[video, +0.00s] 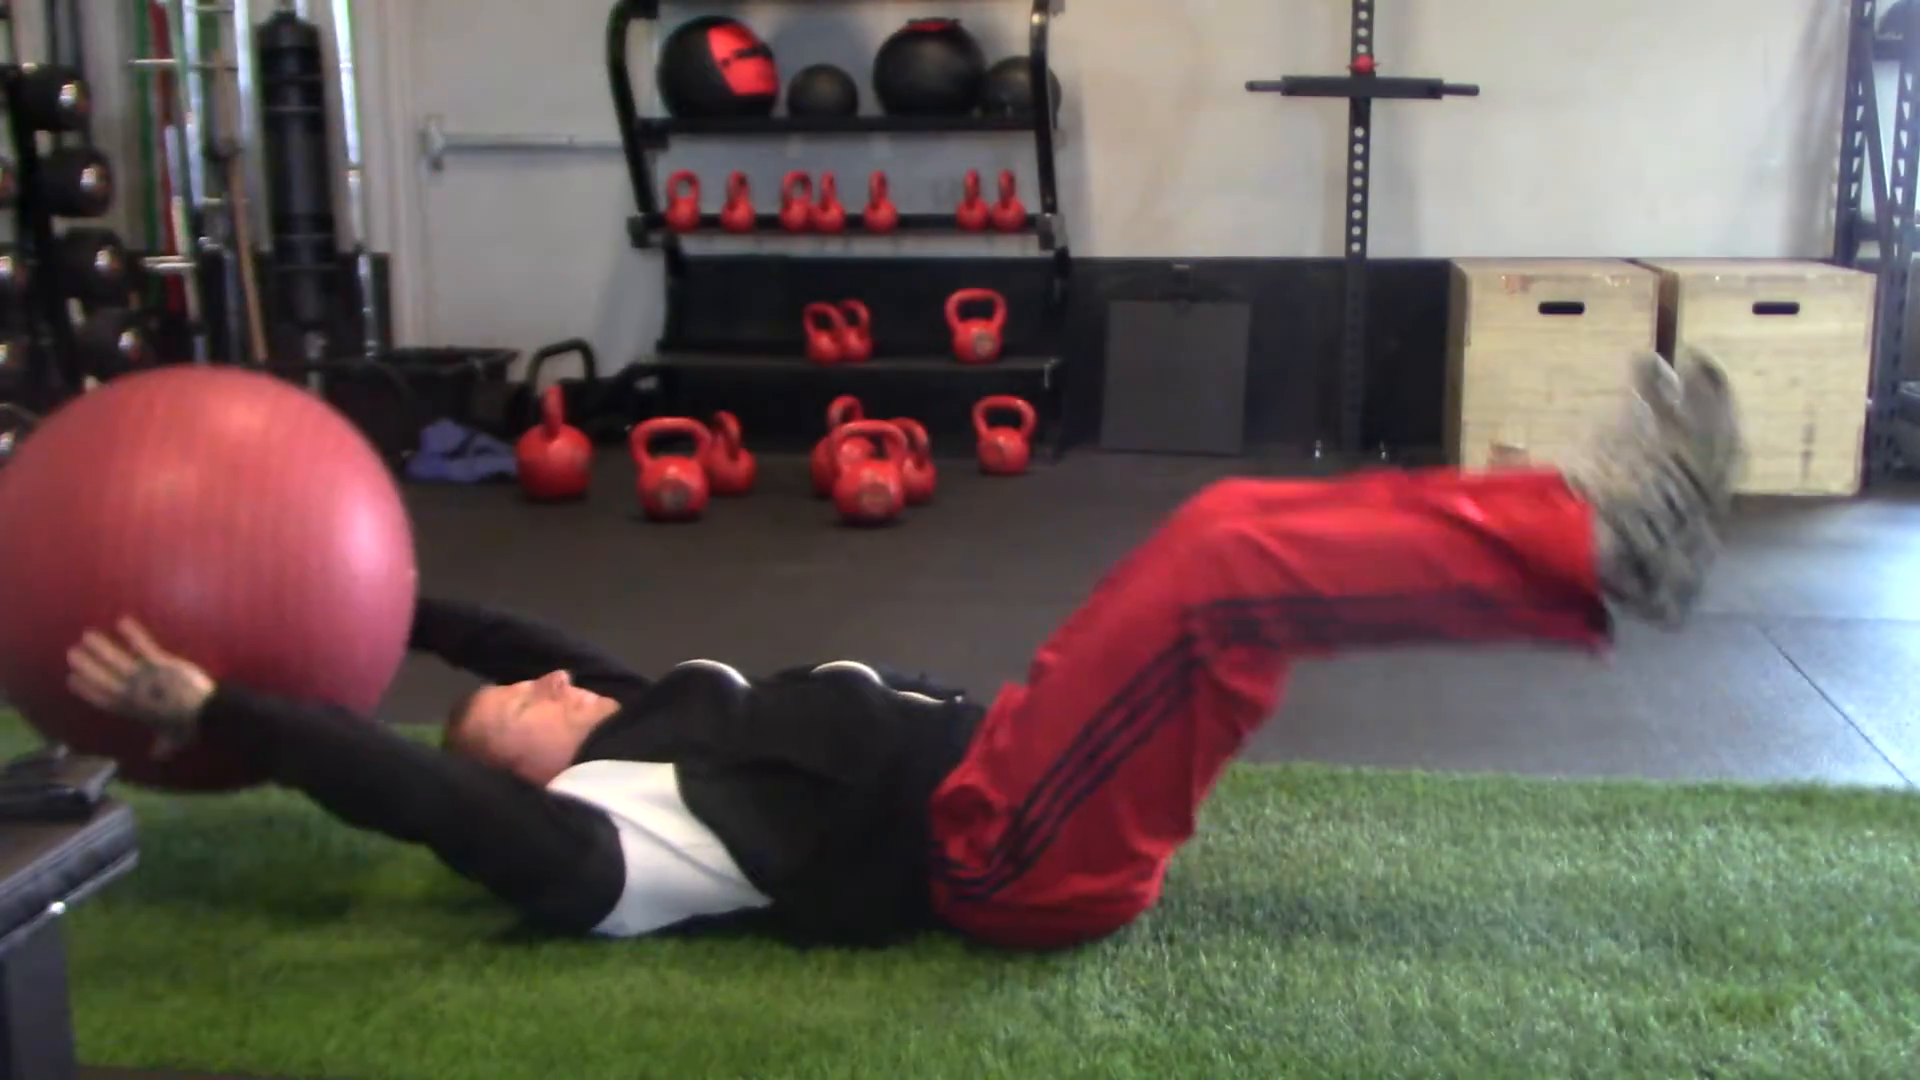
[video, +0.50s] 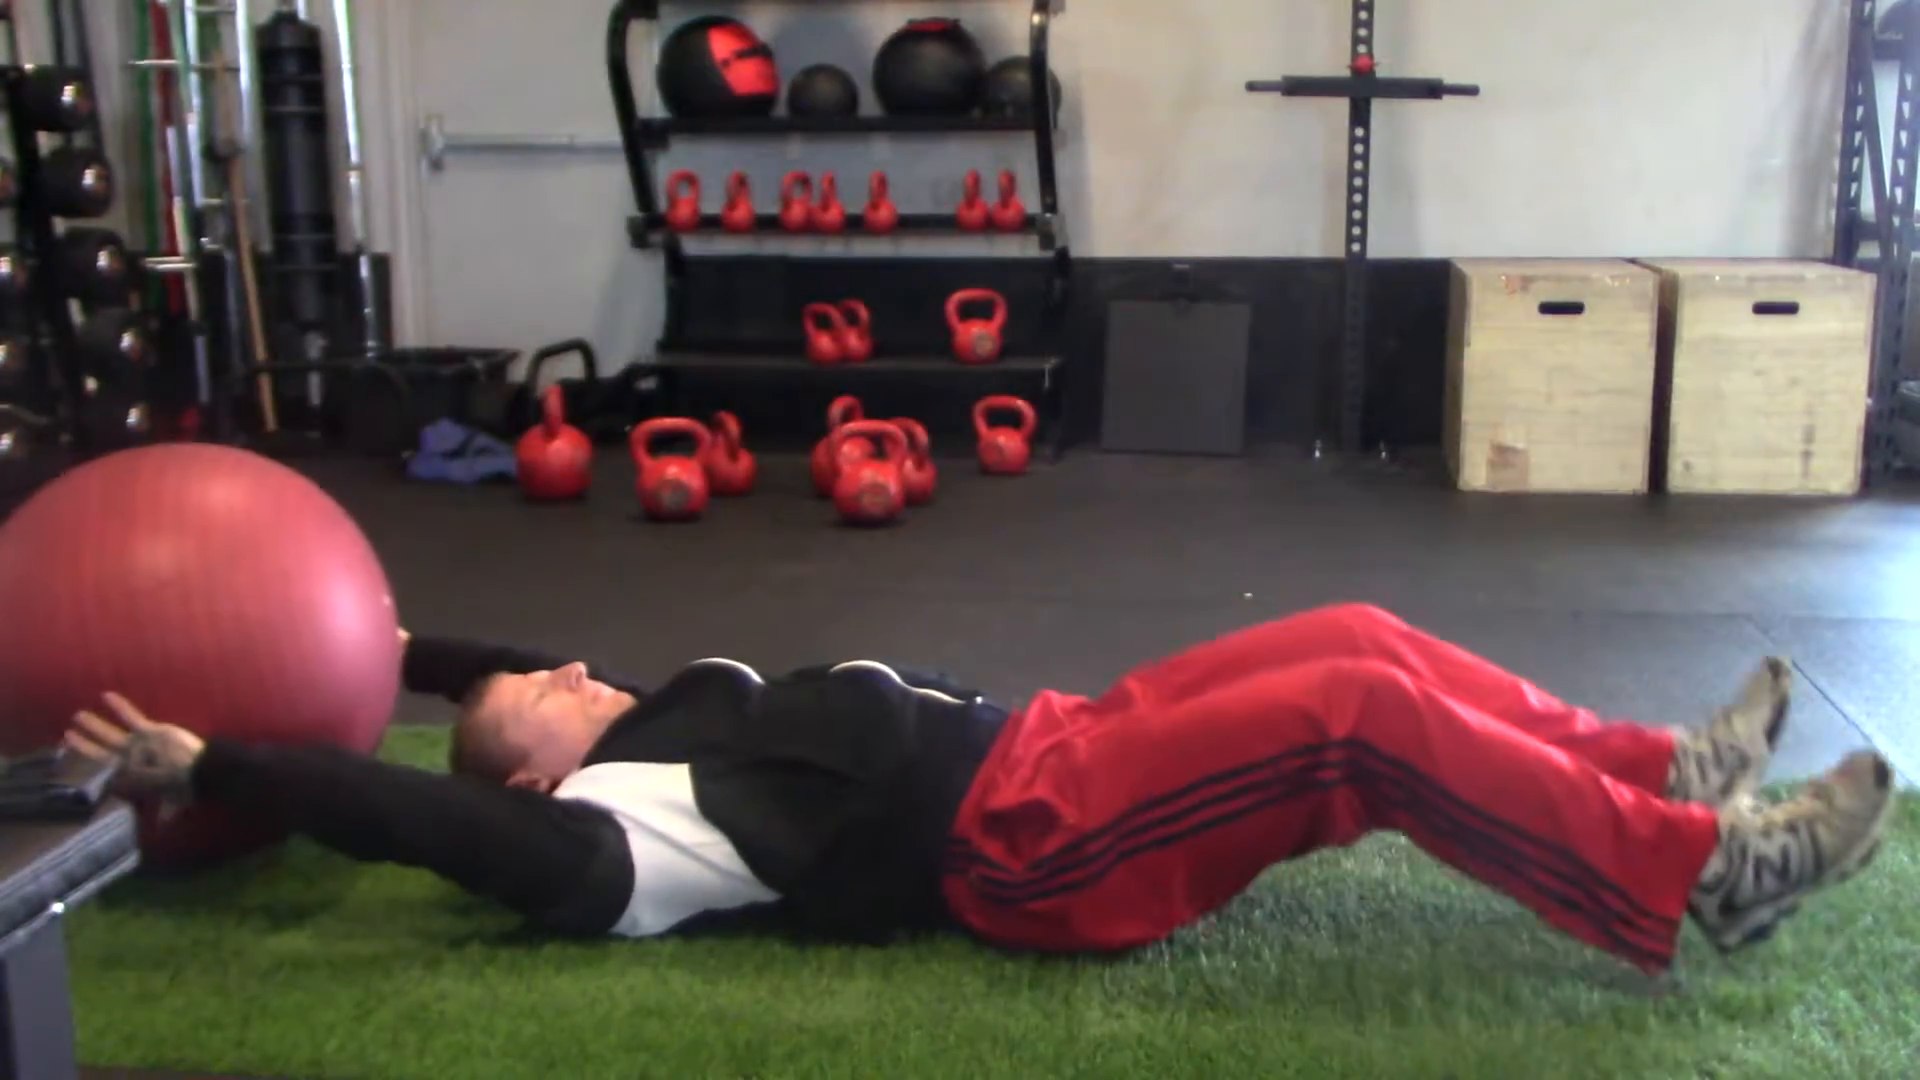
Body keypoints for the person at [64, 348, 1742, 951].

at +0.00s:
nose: (535, 691)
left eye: (532, 682)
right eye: (511, 709)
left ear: (563, 691)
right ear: (514, 774)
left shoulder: (653, 727)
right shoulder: (612, 837)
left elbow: (498, 639)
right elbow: (439, 796)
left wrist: (310, 600)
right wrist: (213, 728)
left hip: (1018, 773)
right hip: (1003, 838)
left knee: (1239, 531)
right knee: (1223, 548)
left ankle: (1587, 531)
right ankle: (1597, 551)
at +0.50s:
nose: (547, 683)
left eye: (534, 675)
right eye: (518, 702)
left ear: (563, 699)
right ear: (508, 776)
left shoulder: (679, 728)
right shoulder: (616, 839)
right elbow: (433, 811)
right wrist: (223, 763)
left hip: (1060, 740)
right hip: (1027, 829)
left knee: (1372, 648)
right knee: (1350, 678)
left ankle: (1669, 789)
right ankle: (1677, 896)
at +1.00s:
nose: (518, 679)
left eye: (504, 675)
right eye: (495, 704)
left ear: (568, 676)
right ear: (511, 782)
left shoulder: (693, 695)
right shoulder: (605, 825)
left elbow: (686, 533)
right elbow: (559, 619)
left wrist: (607, 370)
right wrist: (482, 427)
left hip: (1030, 803)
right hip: (996, 854)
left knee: (1059, 534)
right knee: (975, 533)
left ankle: (1179, 243)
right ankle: (1182, 247)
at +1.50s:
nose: (546, 654)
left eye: (526, 657)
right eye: (519, 679)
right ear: (518, 773)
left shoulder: (650, 757)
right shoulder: (605, 794)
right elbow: (641, 599)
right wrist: (629, 397)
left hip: (1041, 749)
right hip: (972, 794)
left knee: (881, 486)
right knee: (787, 541)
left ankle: (787, 229)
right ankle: (702, 207)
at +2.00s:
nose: (519, 692)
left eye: (509, 693)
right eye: (490, 712)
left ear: (546, 704)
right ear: (494, 768)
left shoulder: (654, 712)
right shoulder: (584, 845)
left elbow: (575, 608)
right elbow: (416, 742)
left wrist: (458, 521)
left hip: (1036, 785)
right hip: (987, 836)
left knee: (1017, 503)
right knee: (949, 512)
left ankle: (1027, 226)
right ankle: (1007, 205)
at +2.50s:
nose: (523, 726)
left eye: (511, 719)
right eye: (498, 750)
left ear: (534, 732)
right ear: (496, 815)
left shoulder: (641, 743)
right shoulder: (611, 841)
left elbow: (497, 717)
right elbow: (431, 859)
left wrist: (370, 753)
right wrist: (205, 882)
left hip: (1020, 736)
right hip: (1014, 833)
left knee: (1275, 546)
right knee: (1259, 639)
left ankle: (1589, 506)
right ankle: (1659, 636)